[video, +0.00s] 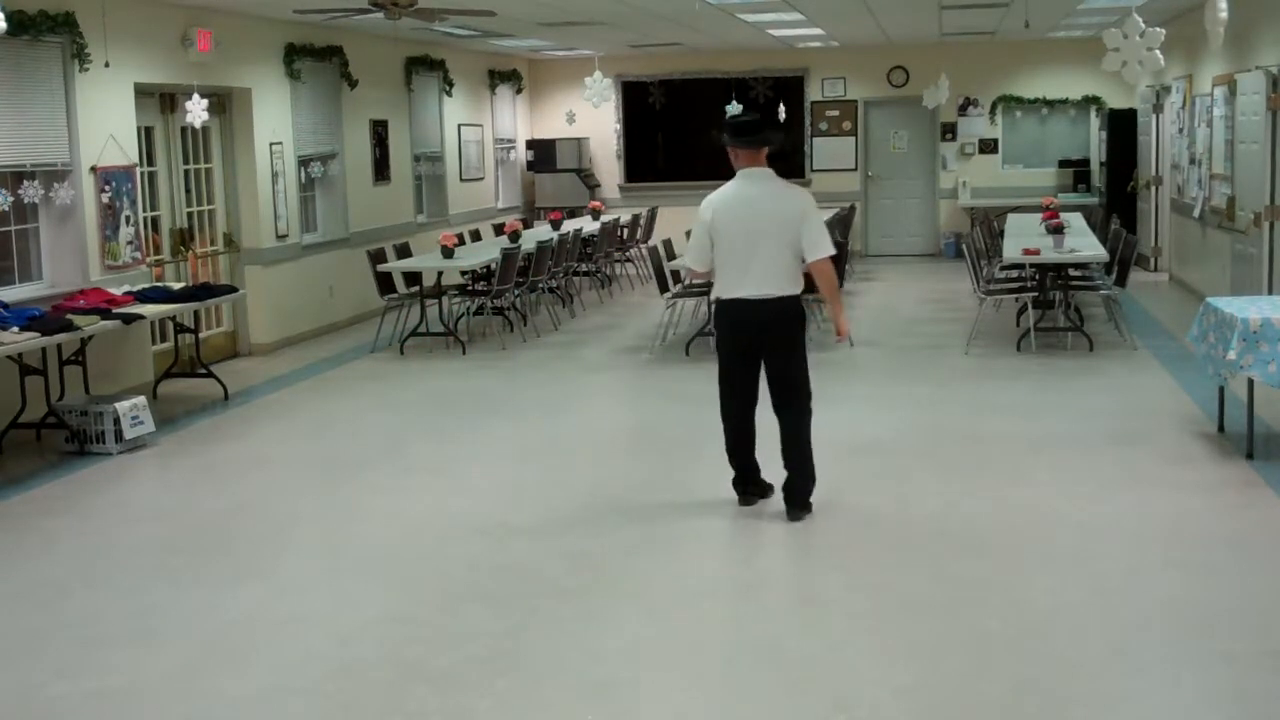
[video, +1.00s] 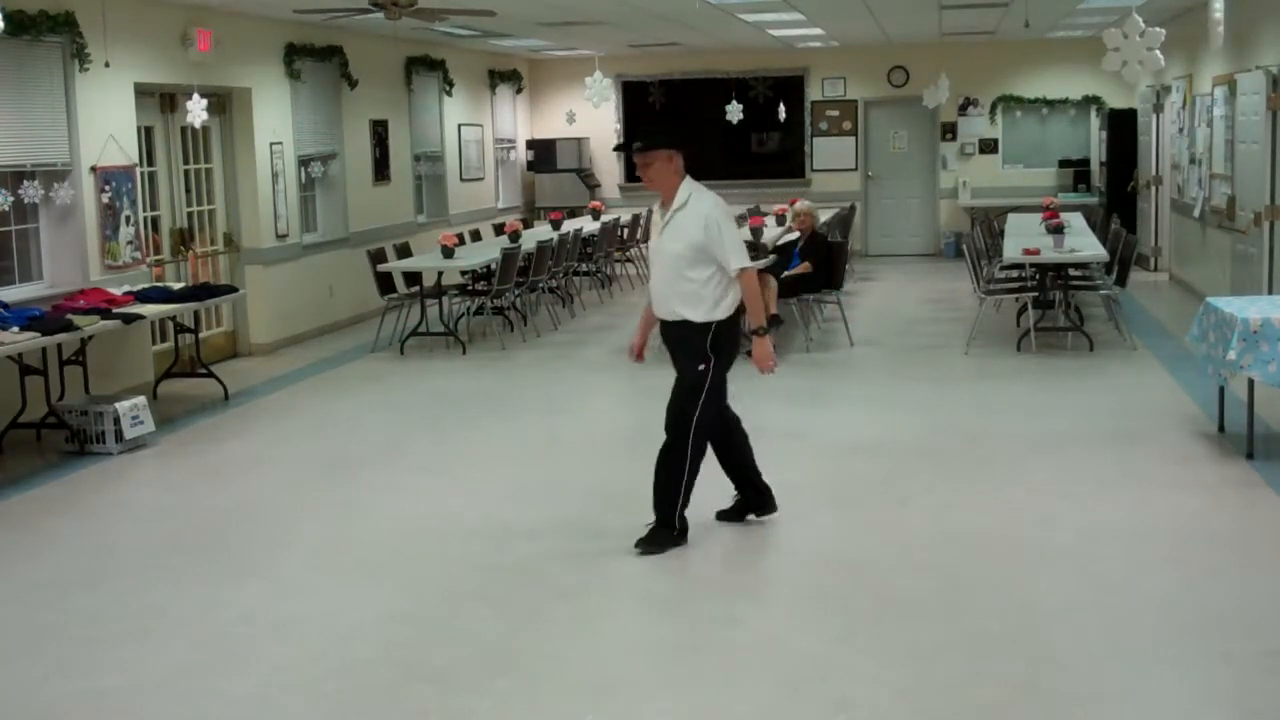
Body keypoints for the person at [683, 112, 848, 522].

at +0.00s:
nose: (731, 156)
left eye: (730, 150)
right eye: (734, 149)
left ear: (731, 152)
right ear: (768, 149)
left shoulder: (715, 203)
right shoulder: (797, 198)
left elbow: (698, 270)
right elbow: (819, 262)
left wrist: (732, 255)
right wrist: (839, 313)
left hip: (733, 317)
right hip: (784, 316)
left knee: (737, 402)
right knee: (793, 404)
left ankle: (747, 483)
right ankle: (798, 499)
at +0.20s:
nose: (720, 154)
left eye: (724, 146)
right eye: (720, 146)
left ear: (744, 145)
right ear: (759, 145)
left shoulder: (733, 196)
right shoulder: (803, 188)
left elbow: (718, 265)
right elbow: (835, 245)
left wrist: (698, 272)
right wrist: (848, 298)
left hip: (745, 315)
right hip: (793, 312)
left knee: (734, 405)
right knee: (793, 406)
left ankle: (737, 490)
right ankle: (803, 498)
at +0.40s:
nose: (706, 163)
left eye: (710, 154)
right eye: (705, 155)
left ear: (736, 150)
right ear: (741, 152)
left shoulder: (736, 202)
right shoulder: (784, 191)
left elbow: (733, 269)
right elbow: (818, 250)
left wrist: (689, 292)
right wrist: (827, 294)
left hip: (748, 321)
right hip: (788, 315)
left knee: (724, 415)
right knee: (790, 404)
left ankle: (745, 504)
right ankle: (806, 497)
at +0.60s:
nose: (685, 164)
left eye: (690, 155)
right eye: (684, 156)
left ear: (715, 151)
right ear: (720, 153)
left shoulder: (723, 197)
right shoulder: (751, 186)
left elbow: (733, 267)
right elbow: (780, 251)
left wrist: (708, 320)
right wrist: (754, 287)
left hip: (737, 316)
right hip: (765, 310)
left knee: (735, 414)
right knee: (764, 404)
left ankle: (748, 508)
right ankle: (787, 494)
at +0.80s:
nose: (664, 173)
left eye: (670, 164)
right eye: (662, 165)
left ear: (696, 158)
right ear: (691, 162)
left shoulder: (718, 202)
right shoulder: (703, 198)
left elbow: (743, 271)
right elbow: (711, 263)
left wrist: (748, 334)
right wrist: (692, 305)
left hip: (723, 324)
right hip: (714, 321)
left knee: (697, 414)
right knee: (734, 413)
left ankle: (732, 500)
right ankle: (758, 498)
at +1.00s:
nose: (642, 175)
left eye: (648, 165)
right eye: (639, 167)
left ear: (673, 162)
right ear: (653, 169)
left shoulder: (710, 209)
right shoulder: (661, 210)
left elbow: (746, 272)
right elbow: (665, 278)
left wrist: (759, 333)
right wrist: (644, 329)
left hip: (710, 330)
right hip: (678, 330)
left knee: (683, 424)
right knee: (716, 418)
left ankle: (670, 524)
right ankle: (755, 494)